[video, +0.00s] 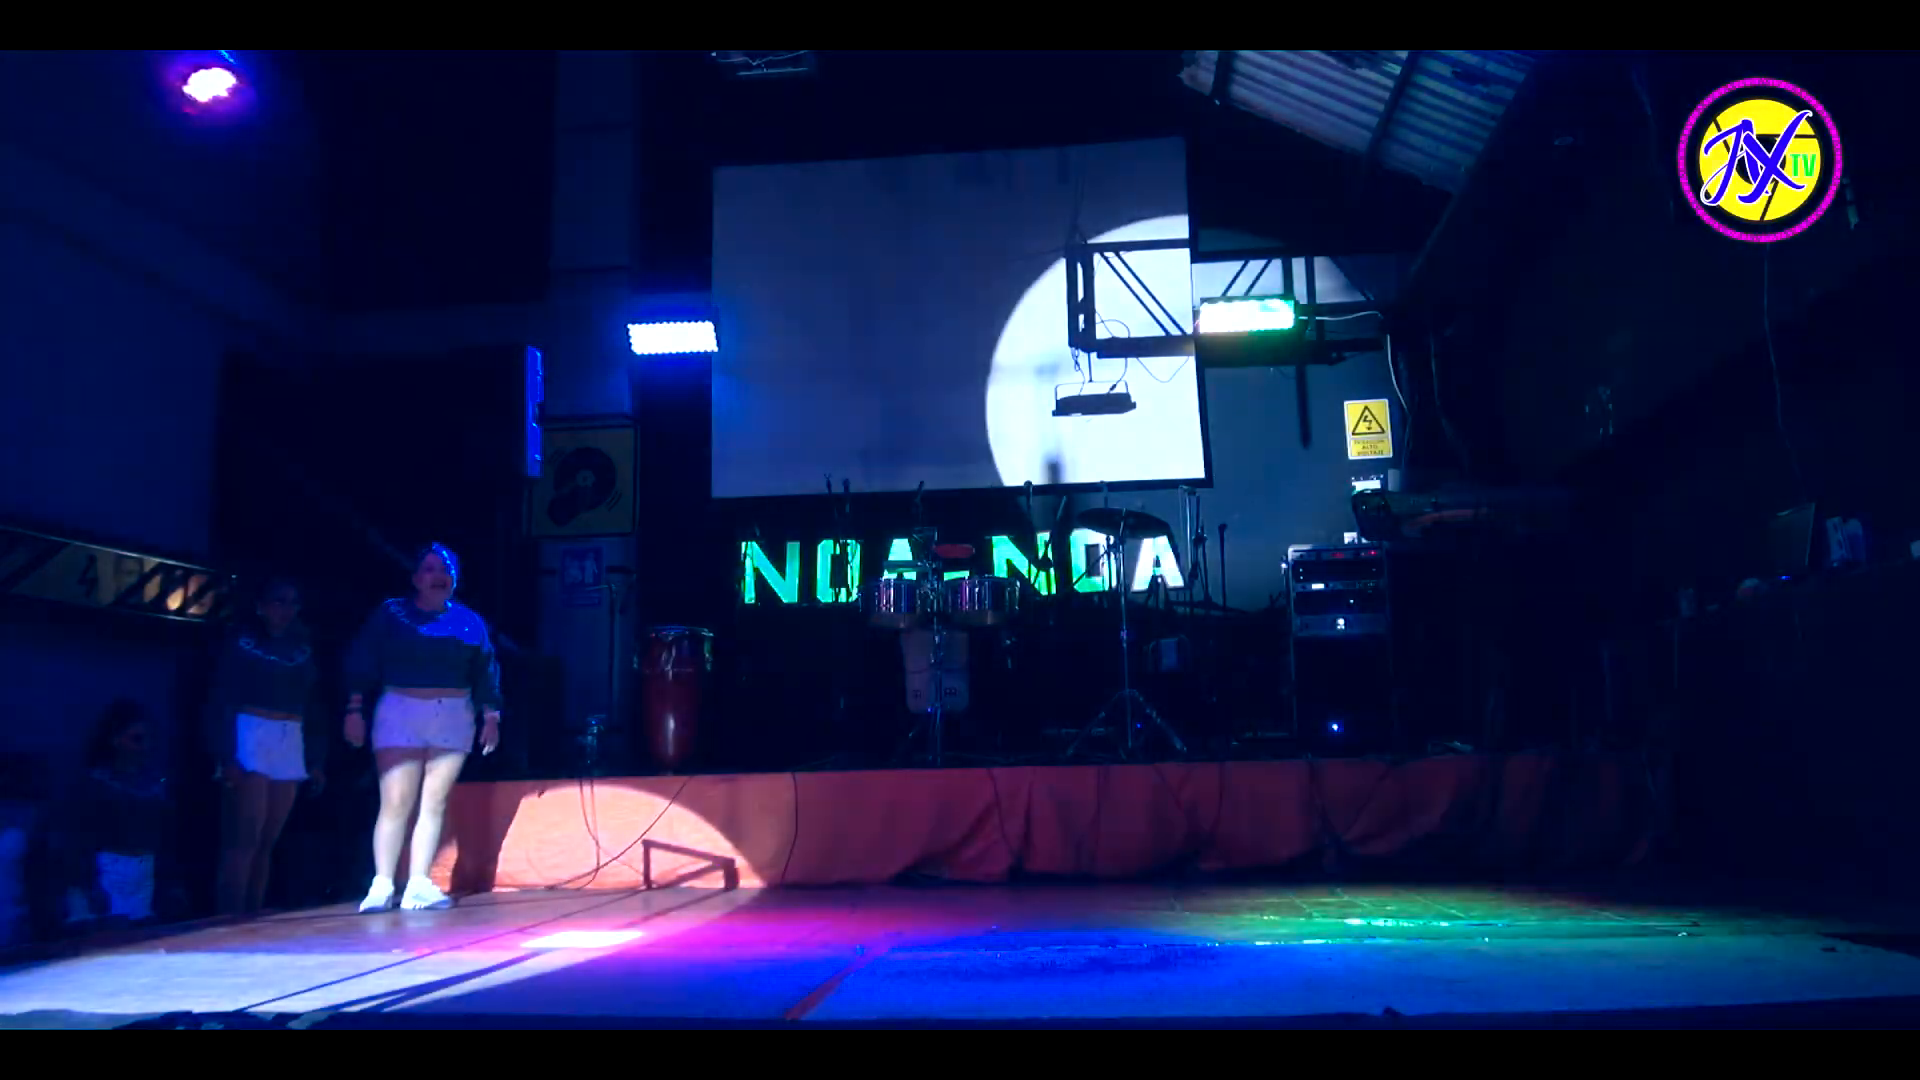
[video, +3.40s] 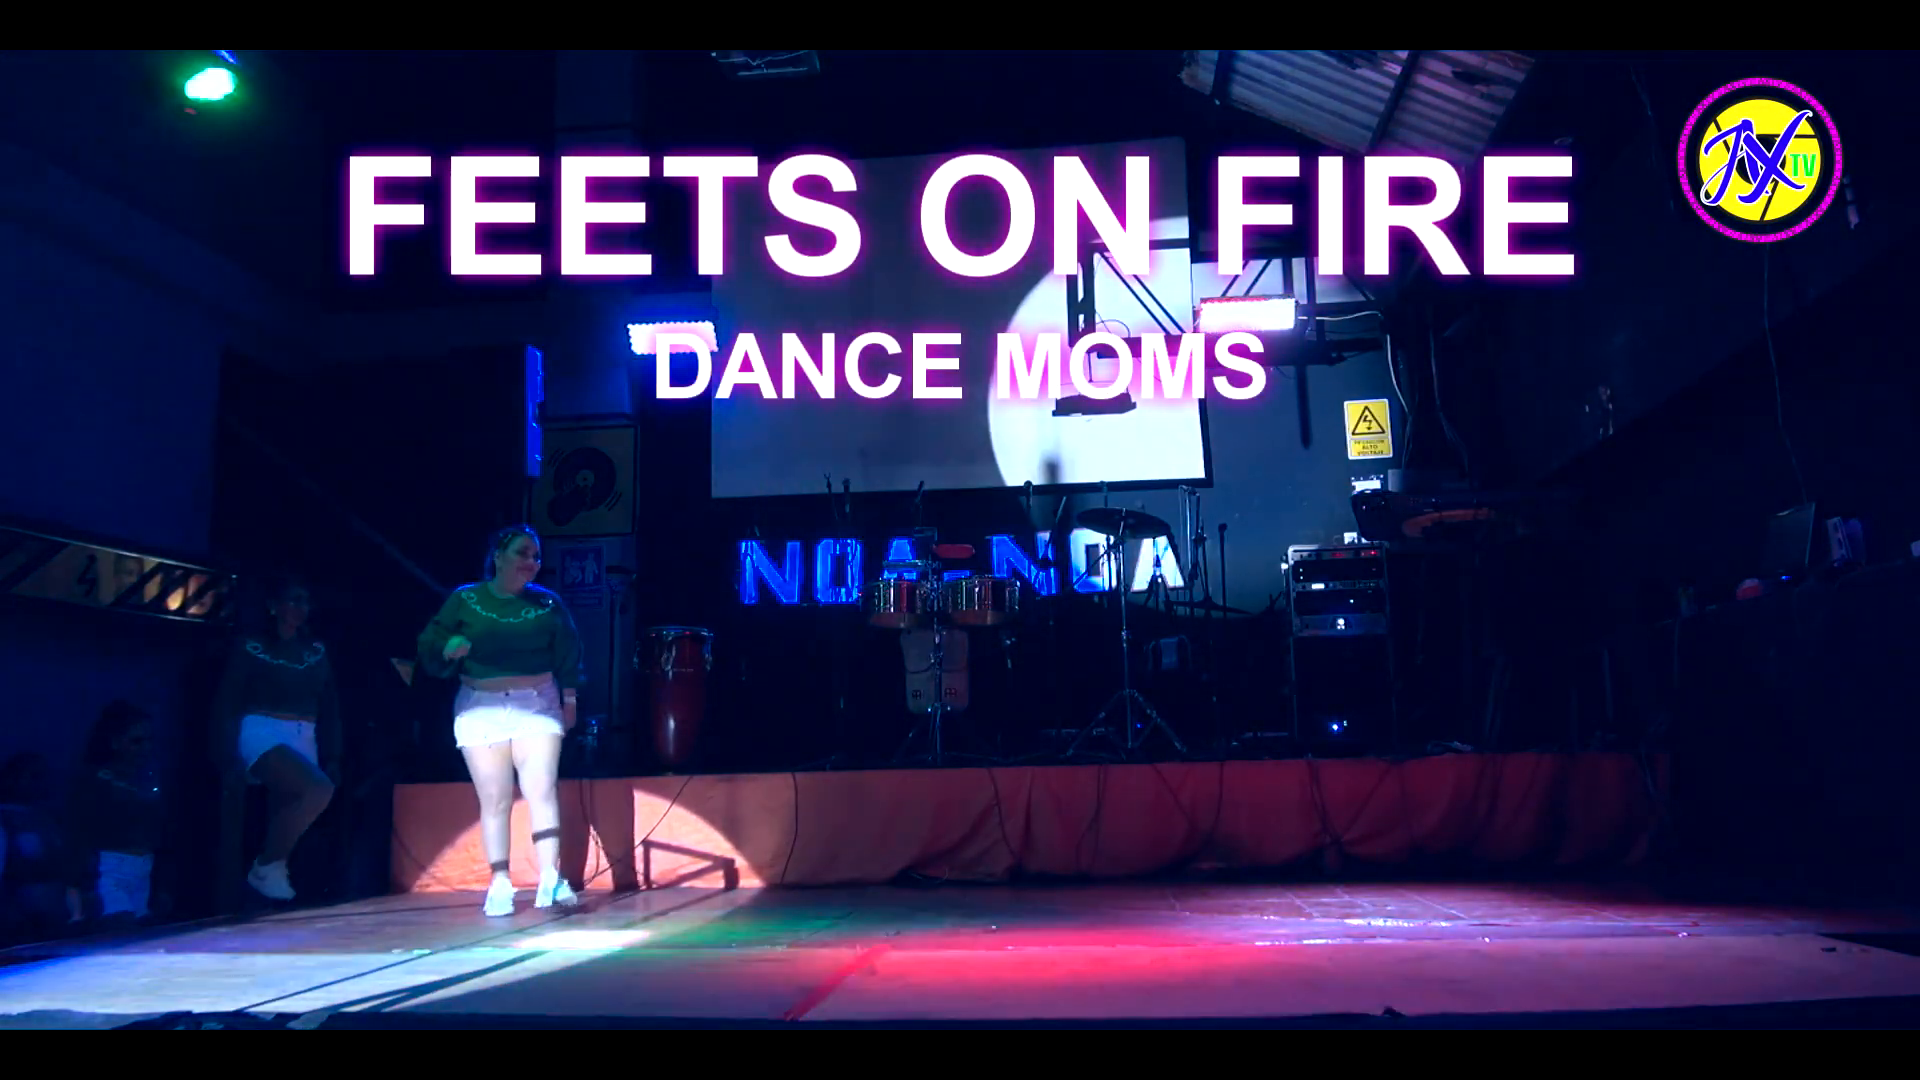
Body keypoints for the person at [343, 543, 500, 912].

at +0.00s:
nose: (435, 575)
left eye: (442, 570)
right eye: (429, 569)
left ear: (453, 577)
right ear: (415, 576)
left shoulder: (470, 623)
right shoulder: (391, 616)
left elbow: (487, 675)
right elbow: (363, 661)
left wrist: (491, 716)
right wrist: (355, 708)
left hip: (453, 712)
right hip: (399, 710)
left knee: (434, 802)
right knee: (396, 803)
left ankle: (419, 882)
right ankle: (383, 882)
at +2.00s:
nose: (453, 576)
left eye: (460, 570)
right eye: (445, 569)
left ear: (468, 576)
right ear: (429, 575)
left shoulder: (481, 618)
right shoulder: (408, 615)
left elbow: (496, 671)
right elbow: (386, 667)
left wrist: (503, 714)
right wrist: (386, 715)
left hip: (467, 713)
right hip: (417, 709)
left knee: (441, 805)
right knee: (402, 805)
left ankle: (419, 884)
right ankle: (384, 882)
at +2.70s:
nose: (473, 574)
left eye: (479, 568)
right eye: (465, 568)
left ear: (486, 574)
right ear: (447, 572)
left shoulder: (491, 616)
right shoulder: (431, 611)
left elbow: (506, 669)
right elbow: (396, 655)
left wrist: (537, 696)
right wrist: (379, 703)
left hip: (475, 717)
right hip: (432, 708)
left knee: (437, 802)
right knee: (473, 774)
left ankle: (417, 884)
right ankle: (451, 861)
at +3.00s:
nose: (489, 575)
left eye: (495, 569)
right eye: (481, 567)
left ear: (502, 574)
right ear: (462, 570)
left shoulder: (517, 614)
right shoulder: (440, 613)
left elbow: (553, 650)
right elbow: (402, 657)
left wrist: (588, 674)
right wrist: (376, 706)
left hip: (497, 719)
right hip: (449, 711)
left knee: (458, 803)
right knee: (476, 792)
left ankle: (418, 878)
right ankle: (490, 881)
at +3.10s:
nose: (498, 574)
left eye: (504, 567)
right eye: (491, 566)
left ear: (509, 573)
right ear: (469, 567)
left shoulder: (524, 612)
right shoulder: (442, 614)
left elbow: (560, 650)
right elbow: (410, 658)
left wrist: (591, 685)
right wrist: (393, 708)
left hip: (510, 713)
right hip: (457, 711)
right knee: (482, 794)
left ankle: (454, 855)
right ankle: (492, 883)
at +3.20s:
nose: (511, 572)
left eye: (515, 566)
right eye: (503, 564)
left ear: (519, 573)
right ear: (480, 566)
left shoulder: (531, 615)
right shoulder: (449, 615)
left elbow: (562, 660)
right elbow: (421, 664)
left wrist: (586, 696)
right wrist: (416, 709)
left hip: (520, 713)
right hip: (464, 714)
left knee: (546, 788)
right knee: (487, 795)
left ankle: (510, 841)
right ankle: (493, 882)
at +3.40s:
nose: (531, 562)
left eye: (535, 556)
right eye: (522, 553)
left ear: (538, 562)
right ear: (498, 557)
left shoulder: (548, 605)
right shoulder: (465, 601)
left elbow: (568, 654)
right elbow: (427, 646)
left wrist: (569, 699)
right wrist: (446, 650)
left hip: (537, 703)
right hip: (482, 705)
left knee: (543, 791)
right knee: (494, 799)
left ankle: (550, 881)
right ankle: (500, 883)